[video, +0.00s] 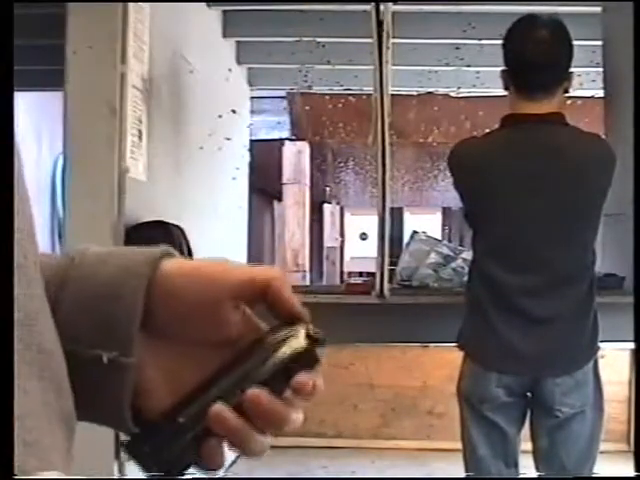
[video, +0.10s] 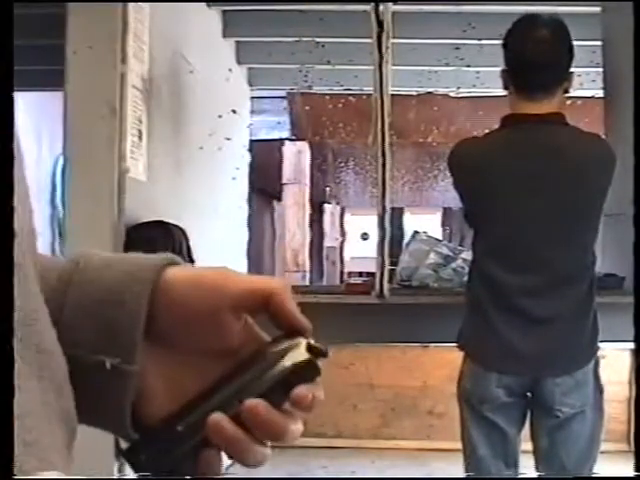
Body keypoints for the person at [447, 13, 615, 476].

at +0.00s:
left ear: (505, 79)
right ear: (568, 81)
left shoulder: (468, 158)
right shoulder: (598, 156)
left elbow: (485, 219)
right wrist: (550, 120)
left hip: (491, 357)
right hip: (568, 359)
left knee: (489, 472)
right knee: (568, 472)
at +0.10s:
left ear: (505, 80)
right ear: (568, 81)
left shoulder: (468, 158)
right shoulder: (598, 156)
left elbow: (481, 219)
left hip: (491, 357)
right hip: (568, 359)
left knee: (489, 472)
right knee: (568, 472)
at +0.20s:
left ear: (505, 79)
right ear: (570, 81)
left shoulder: (468, 159)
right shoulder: (599, 155)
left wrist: (534, 122)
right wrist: (549, 117)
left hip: (491, 357)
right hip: (569, 359)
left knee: (489, 472)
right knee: (569, 472)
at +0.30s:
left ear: (504, 79)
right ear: (570, 82)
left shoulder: (468, 160)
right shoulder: (600, 157)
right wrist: (549, 120)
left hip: (492, 357)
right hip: (569, 359)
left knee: (490, 472)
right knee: (570, 472)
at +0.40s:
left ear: (504, 79)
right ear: (570, 81)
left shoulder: (467, 160)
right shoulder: (600, 156)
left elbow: (482, 220)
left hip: (493, 357)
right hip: (570, 358)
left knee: (491, 471)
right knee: (571, 472)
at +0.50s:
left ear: (504, 78)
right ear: (570, 81)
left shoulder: (467, 159)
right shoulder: (600, 156)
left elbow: (481, 220)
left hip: (493, 356)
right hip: (571, 358)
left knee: (491, 472)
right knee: (571, 472)